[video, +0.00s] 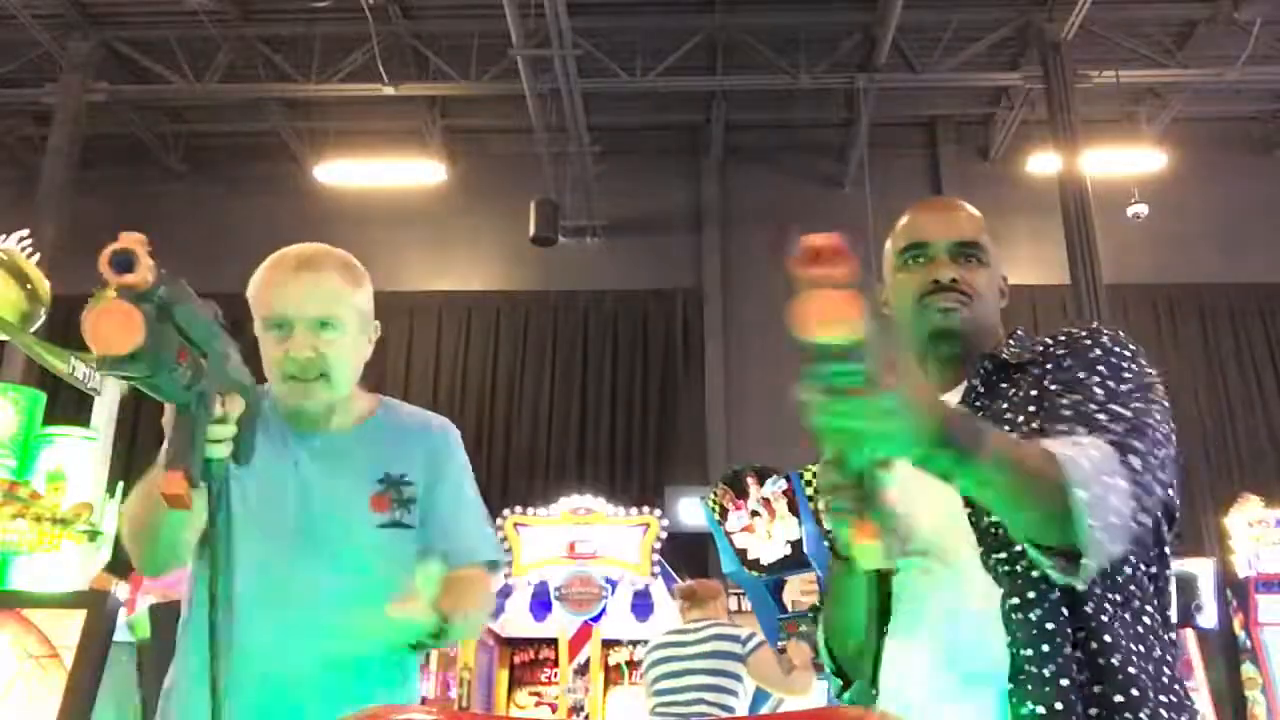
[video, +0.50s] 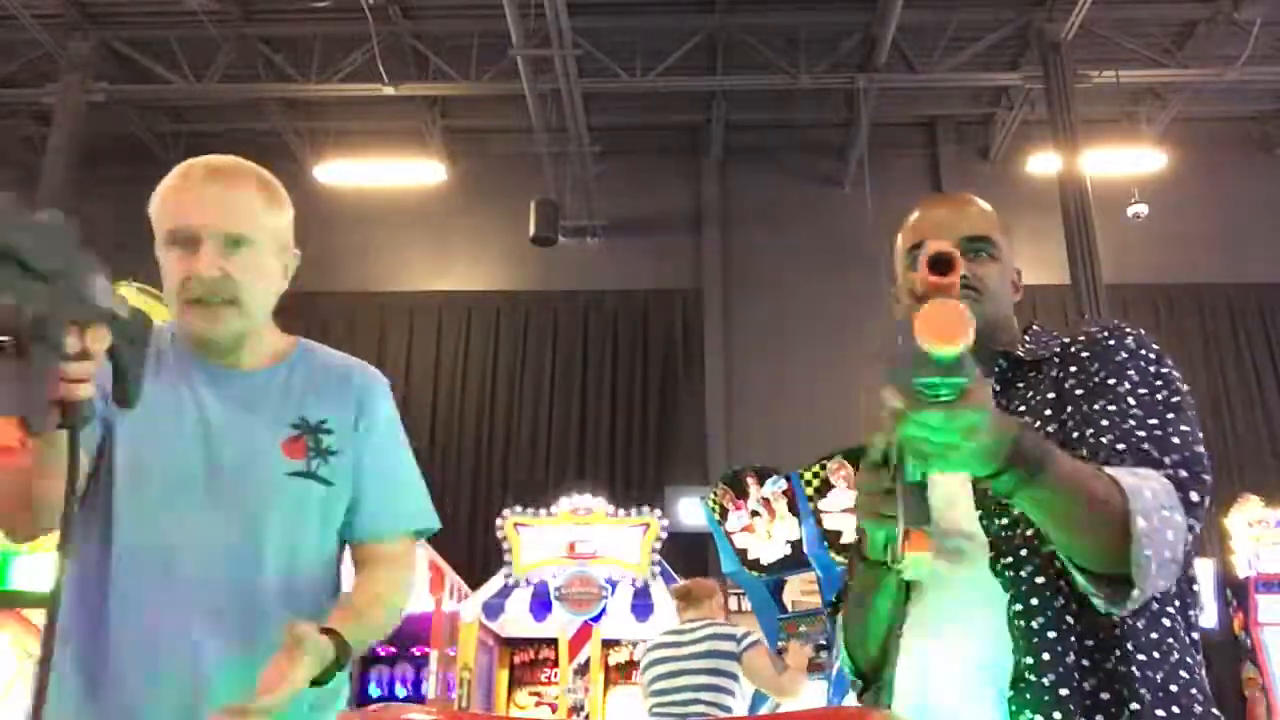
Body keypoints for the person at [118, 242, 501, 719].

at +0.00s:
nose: (300, 349)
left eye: (325, 326)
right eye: (279, 327)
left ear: (369, 338)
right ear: (256, 337)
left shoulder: (427, 444)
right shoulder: (216, 426)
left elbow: (472, 579)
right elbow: (150, 556)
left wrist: (440, 617)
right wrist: (183, 453)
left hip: (365, 705)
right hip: (215, 704)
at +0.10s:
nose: (314, 347)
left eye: (339, 325)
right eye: (293, 324)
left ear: (380, 338)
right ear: (267, 332)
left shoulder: (431, 449)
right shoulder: (216, 422)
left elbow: (471, 605)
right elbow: (161, 564)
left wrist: (449, 651)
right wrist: (197, 448)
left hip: (368, 713)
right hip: (215, 710)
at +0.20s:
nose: (299, 336)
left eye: (324, 314)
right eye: (277, 313)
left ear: (367, 325)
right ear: (251, 324)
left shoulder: (419, 439)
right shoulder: (205, 416)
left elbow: (443, 584)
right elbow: (141, 560)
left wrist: (404, 634)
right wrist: (183, 439)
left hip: (350, 712)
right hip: (197, 705)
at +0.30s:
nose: (256, 315)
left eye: (282, 290)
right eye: (233, 290)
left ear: (328, 308)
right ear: (207, 304)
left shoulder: (383, 424)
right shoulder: (157, 402)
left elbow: (408, 581)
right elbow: (90, 549)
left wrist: (339, 635)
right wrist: (105, 447)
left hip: (312, 714)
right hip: (148, 707)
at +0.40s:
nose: (216, 285)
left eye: (244, 262)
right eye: (196, 261)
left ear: (296, 281)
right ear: (171, 273)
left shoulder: (355, 407)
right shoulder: (120, 381)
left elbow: (385, 577)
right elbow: (36, 527)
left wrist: (314, 637)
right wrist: (45, 425)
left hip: (281, 711)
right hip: (120, 704)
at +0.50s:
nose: (206, 269)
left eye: (234, 245)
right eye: (183, 244)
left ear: (287, 266)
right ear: (157, 257)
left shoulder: (352, 395)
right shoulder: (109, 370)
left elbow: (390, 574)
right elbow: (24, 526)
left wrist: (330, 643)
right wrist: (54, 419)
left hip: (274, 713)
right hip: (101, 706)